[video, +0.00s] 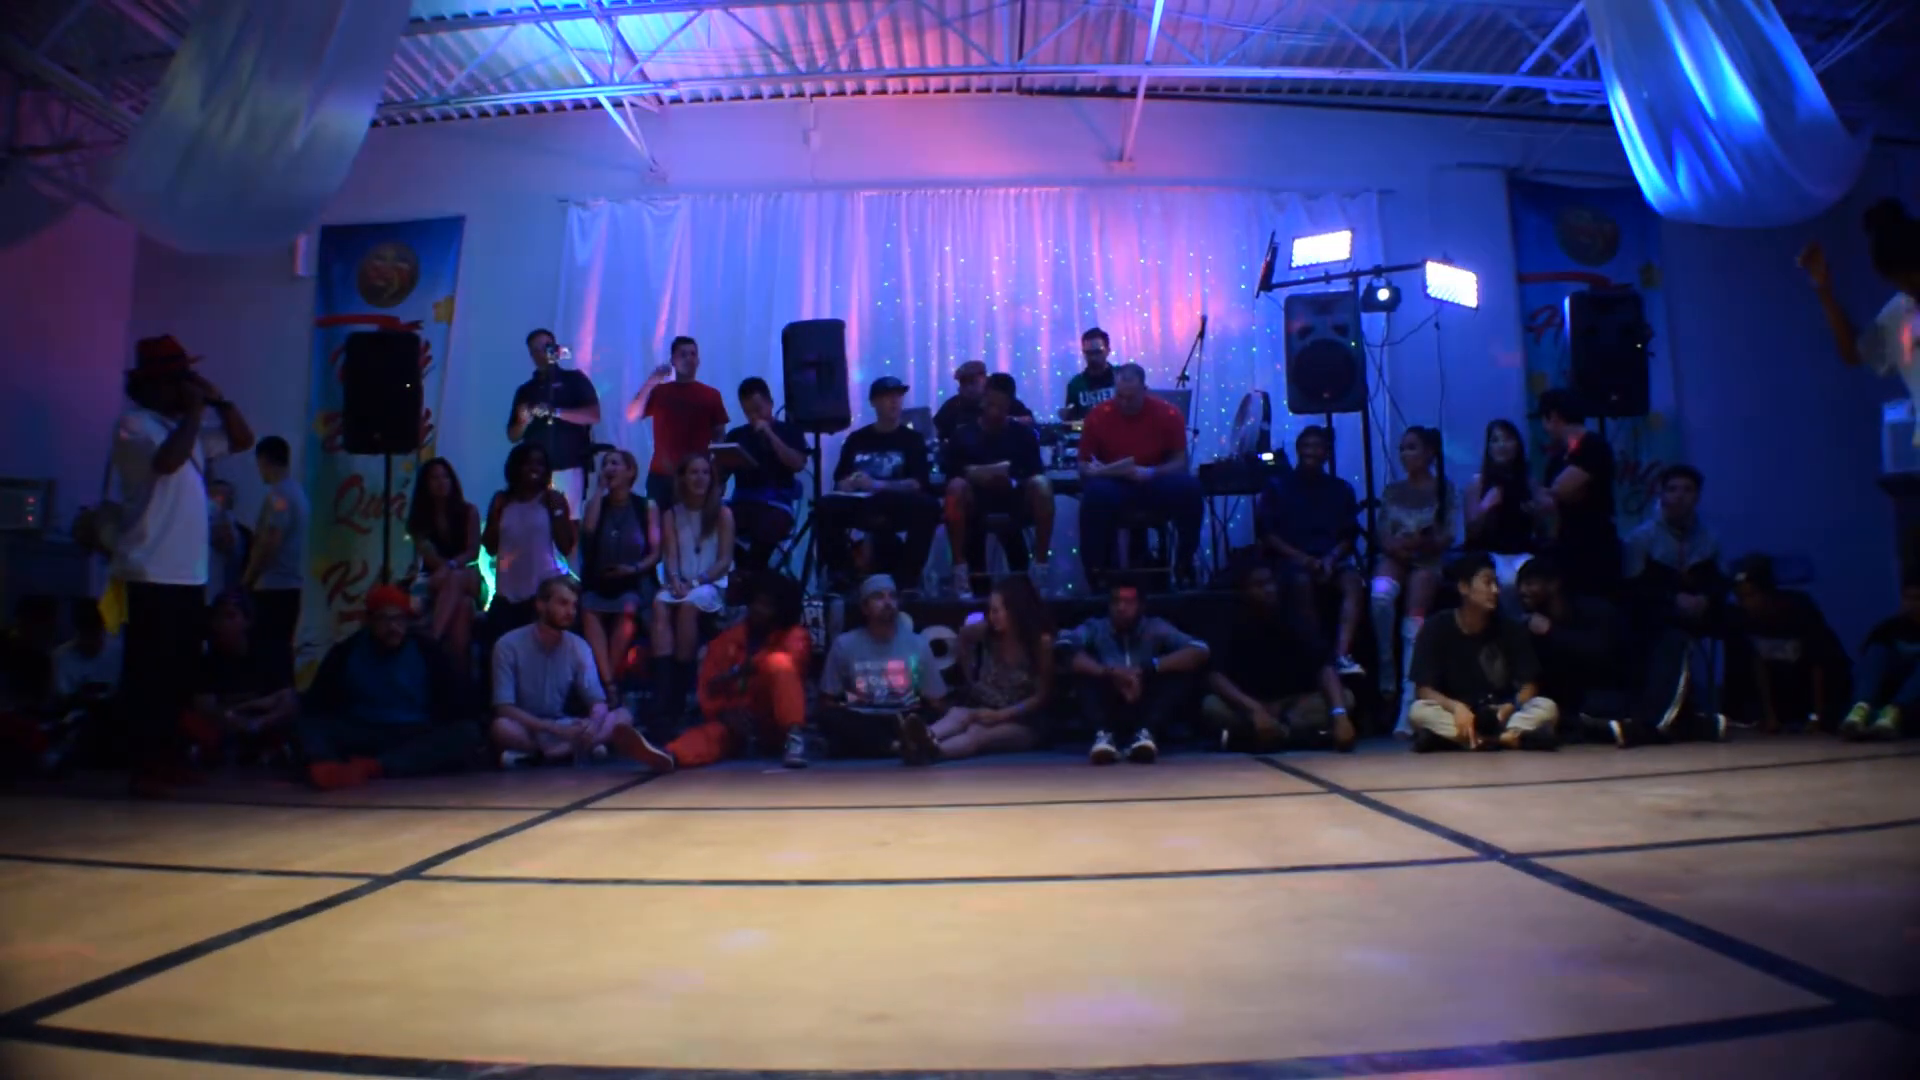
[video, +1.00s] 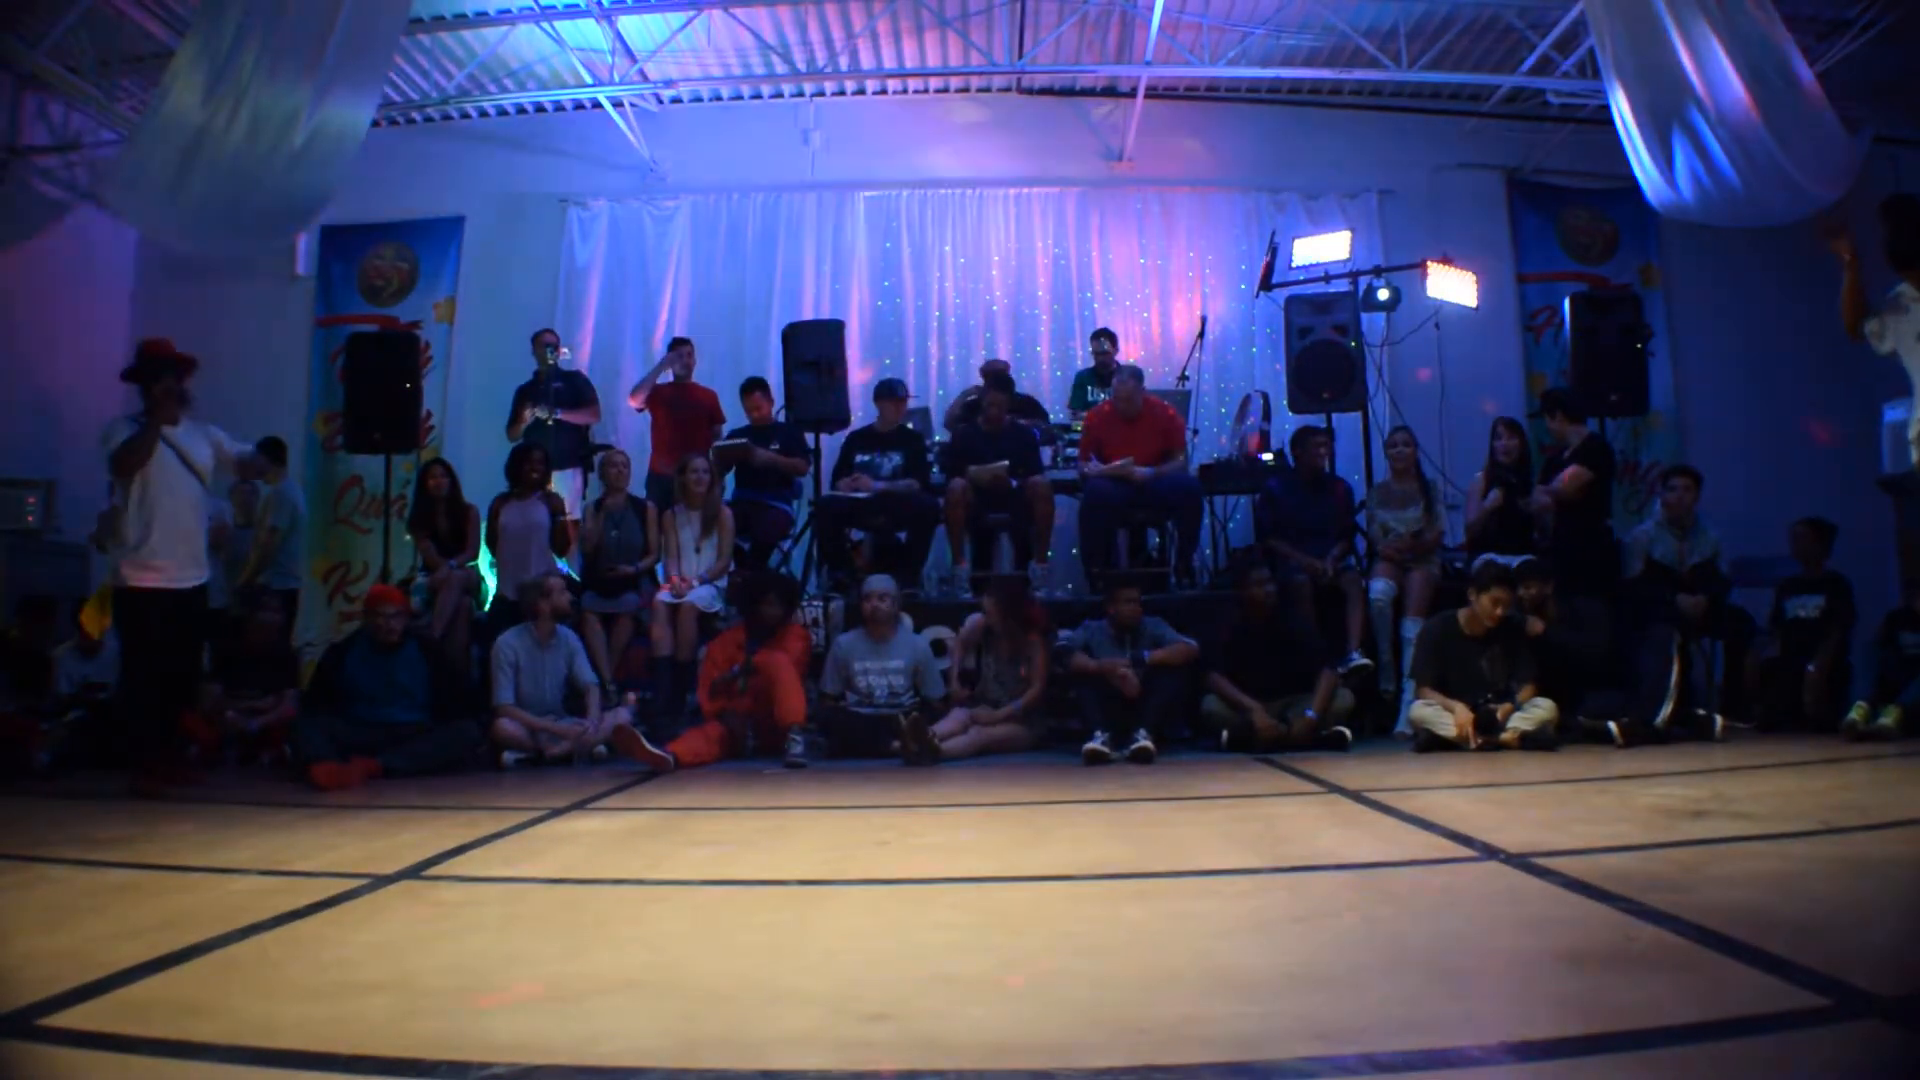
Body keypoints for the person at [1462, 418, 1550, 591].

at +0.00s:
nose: (1502, 446)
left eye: (1508, 439)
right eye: (1495, 441)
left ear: (1518, 445)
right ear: (1488, 447)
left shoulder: (1528, 482)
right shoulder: (1478, 483)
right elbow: (1472, 525)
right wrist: (1484, 508)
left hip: (1523, 552)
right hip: (1491, 552)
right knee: (1504, 579)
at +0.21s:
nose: (1504, 446)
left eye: (1510, 440)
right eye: (1498, 441)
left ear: (1519, 444)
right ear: (1490, 446)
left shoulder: (1530, 481)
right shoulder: (1479, 482)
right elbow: (1472, 524)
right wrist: (1488, 506)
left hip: (1523, 552)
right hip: (1488, 553)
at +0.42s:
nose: (1503, 445)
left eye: (1510, 439)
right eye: (1498, 440)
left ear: (1520, 444)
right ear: (1492, 444)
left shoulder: (1531, 481)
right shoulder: (1481, 481)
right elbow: (1472, 523)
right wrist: (1489, 505)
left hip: (1524, 551)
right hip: (1491, 551)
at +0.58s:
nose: (1503, 445)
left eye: (1509, 439)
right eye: (1498, 439)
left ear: (1520, 444)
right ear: (1492, 444)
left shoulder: (1532, 478)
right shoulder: (1481, 480)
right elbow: (1471, 526)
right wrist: (1488, 506)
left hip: (1524, 552)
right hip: (1489, 551)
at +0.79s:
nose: (1503, 445)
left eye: (1509, 439)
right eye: (1497, 439)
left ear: (1521, 444)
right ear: (1492, 444)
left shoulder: (1530, 479)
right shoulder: (1481, 480)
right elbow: (1472, 524)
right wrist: (1488, 506)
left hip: (1524, 551)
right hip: (1490, 551)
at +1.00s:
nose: (1504, 444)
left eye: (1511, 438)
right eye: (1498, 438)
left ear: (1521, 444)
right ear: (1492, 444)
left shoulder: (1530, 479)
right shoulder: (1481, 480)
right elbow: (1471, 525)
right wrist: (1488, 506)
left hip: (1524, 550)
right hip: (1490, 549)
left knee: (1529, 569)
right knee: (1491, 570)